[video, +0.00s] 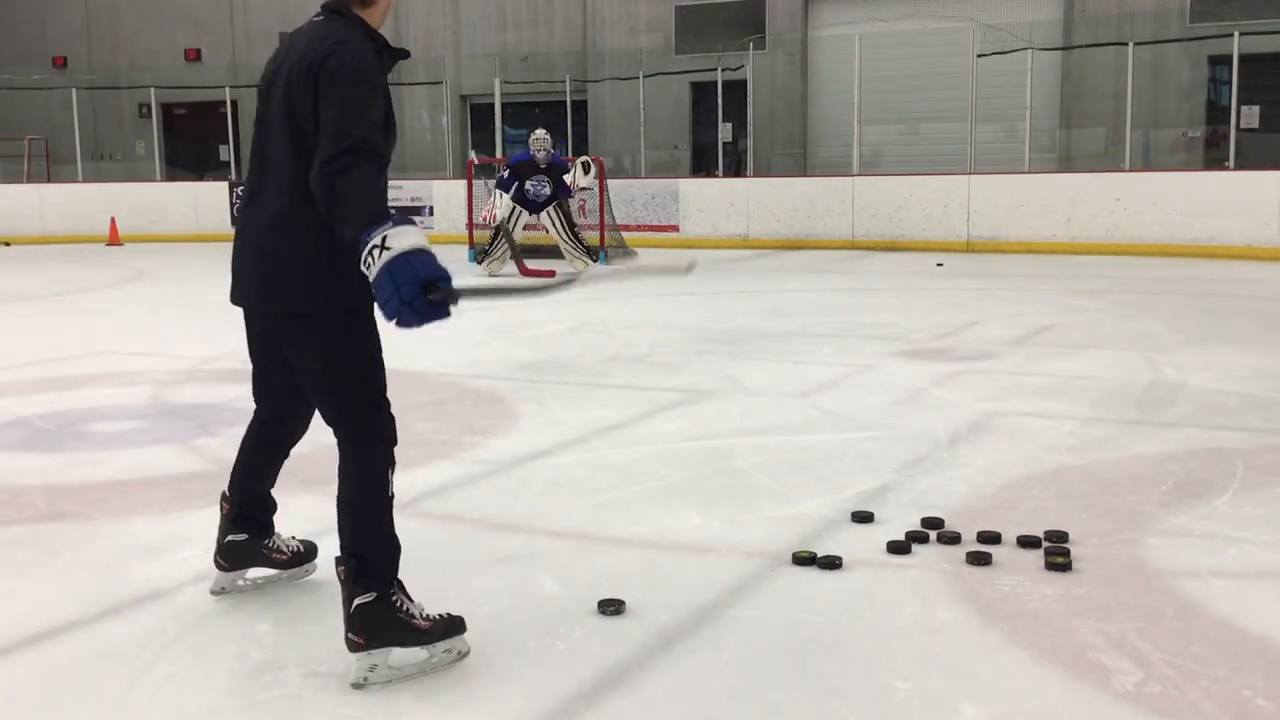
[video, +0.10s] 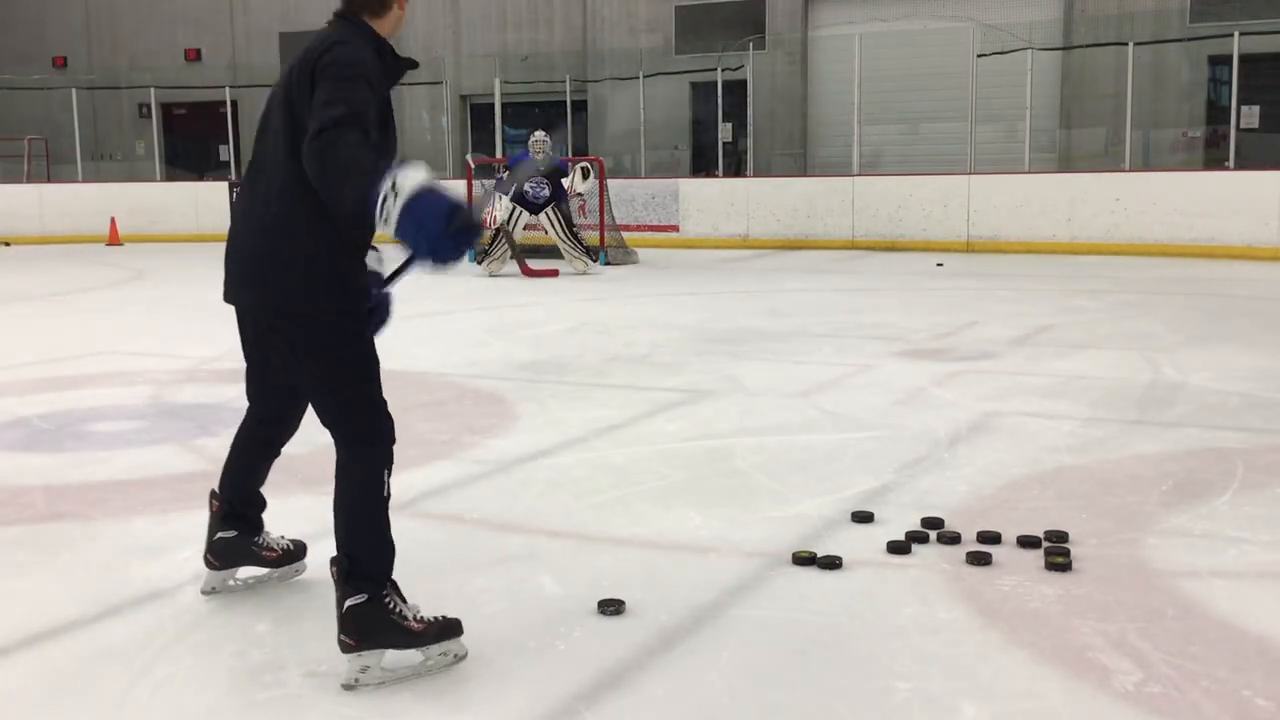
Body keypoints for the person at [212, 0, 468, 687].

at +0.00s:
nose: (394, 5)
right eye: (393, 0)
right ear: (381, 0)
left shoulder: (294, 49)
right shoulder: (352, 54)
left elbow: (272, 167)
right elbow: (347, 166)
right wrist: (385, 249)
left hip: (265, 278)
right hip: (321, 284)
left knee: (281, 409)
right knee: (368, 435)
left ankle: (242, 534)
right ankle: (374, 601)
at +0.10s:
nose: (408, 16)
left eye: (405, 8)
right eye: (408, 8)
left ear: (349, 2)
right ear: (394, 6)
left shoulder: (316, 56)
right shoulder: (353, 58)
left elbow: (291, 195)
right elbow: (337, 154)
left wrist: (351, 274)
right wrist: (402, 205)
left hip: (261, 280)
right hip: (312, 284)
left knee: (274, 409)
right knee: (366, 433)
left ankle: (232, 532)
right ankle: (367, 604)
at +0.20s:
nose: (428, 37)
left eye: (426, 26)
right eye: (429, 26)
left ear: (372, 19)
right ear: (419, 26)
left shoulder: (344, 71)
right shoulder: (367, 66)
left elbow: (364, 199)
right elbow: (358, 98)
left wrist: (394, 278)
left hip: (250, 271)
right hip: (299, 282)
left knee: (261, 408)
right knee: (366, 433)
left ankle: (215, 529)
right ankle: (352, 604)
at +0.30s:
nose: (461, 68)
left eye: (460, 54)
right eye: (453, 50)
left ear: (402, 43)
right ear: (431, 48)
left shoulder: (373, 92)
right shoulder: (400, 97)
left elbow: (374, 201)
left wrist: (405, 275)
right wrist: (429, 77)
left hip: (235, 276)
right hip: (290, 291)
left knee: (261, 410)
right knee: (368, 440)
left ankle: (199, 527)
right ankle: (339, 605)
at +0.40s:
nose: (463, 107)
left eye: (463, 95)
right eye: (466, 96)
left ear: (409, 78)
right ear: (454, 94)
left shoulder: (366, 115)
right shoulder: (410, 131)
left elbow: (341, 209)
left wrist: (371, 282)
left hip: (229, 278)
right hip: (290, 288)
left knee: (276, 410)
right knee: (364, 445)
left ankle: (205, 532)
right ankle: (335, 605)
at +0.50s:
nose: (461, 122)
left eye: (457, 111)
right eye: (463, 112)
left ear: (407, 94)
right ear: (455, 112)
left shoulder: (351, 125)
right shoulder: (428, 171)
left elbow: (273, 173)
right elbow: (411, 276)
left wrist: (322, 276)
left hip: (232, 286)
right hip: (297, 302)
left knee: (297, 406)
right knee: (342, 461)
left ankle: (243, 524)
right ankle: (305, 609)